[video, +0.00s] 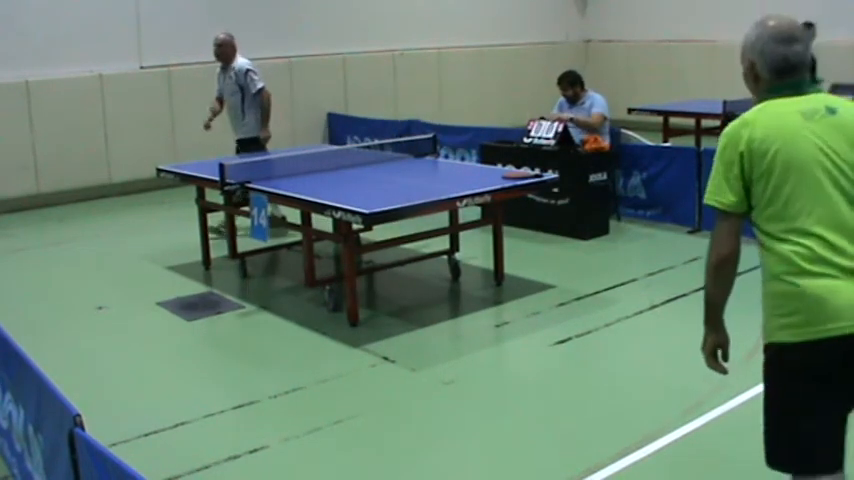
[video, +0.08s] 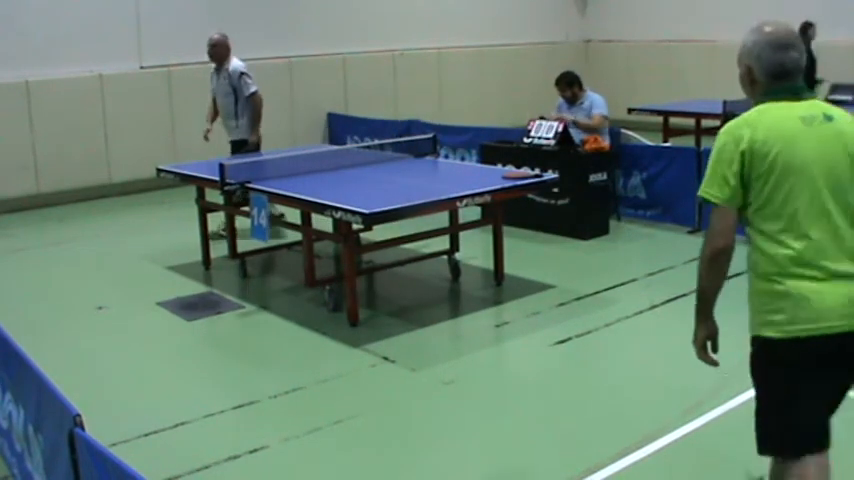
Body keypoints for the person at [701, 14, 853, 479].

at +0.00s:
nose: (743, 76)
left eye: (744, 68)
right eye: (744, 67)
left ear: (753, 72)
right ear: (810, 64)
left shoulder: (745, 132)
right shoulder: (848, 113)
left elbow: (724, 251)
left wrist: (714, 324)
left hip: (804, 323)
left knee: (816, 468)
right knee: (822, 464)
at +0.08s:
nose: (740, 77)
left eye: (740, 70)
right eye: (740, 70)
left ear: (749, 76)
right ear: (803, 69)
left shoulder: (741, 133)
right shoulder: (843, 123)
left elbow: (719, 246)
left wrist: (705, 315)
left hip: (787, 323)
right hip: (847, 316)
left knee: (797, 452)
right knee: (807, 438)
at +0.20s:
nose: (734, 69)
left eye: (735, 63)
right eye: (734, 62)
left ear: (743, 68)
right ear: (794, 66)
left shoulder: (731, 125)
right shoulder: (835, 122)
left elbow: (720, 220)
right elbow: (848, 200)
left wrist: (701, 296)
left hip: (773, 304)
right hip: (838, 298)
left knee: (751, 427)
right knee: (781, 404)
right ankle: (772, 475)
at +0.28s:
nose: (726, 58)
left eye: (727, 51)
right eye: (728, 51)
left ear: (738, 55)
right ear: (783, 53)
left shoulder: (724, 110)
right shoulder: (824, 109)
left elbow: (719, 197)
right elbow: (849, 192)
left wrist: (708, 283)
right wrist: (842, 253)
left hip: (762, 284)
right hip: (827, 280)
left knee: (727, 387)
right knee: (775, 382)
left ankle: (759, 471)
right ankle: (775, 477)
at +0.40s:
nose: (713, 42)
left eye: (714, 36)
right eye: (716, 34)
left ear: (722, 40)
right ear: (767, 38)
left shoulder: (715, 93)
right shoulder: (807, 89)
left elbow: (720, 172)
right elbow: (843, 167)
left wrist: (714, 257)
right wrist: (814, 216)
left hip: (744, 260)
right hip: (807, 259)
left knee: (708, 348)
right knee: (779, 376)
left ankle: (725, 464)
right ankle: (777, 477)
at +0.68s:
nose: (679, 56)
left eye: (680, 50)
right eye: (681, 49)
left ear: (686, 55)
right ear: (728, 52)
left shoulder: (676, 112)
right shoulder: (761, 101)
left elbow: (668, 196)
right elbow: (780, 173)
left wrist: (664, 262)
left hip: (698, 255)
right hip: (759, 253)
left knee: (682, 327)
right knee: (756, 360)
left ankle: (681, 410)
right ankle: (773, 467)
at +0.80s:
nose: (668, 53)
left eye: (668, 47)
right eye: (672, 46)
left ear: (672, 51)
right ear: (712, 47)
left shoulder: (665, 102)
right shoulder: (744, 90)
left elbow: (652, 179)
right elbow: (751, 154)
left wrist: (646, 216)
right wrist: (737, 206)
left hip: (679, 237)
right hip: (734, 236)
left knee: (671, 317)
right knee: (727, 325)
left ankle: (681, 410)